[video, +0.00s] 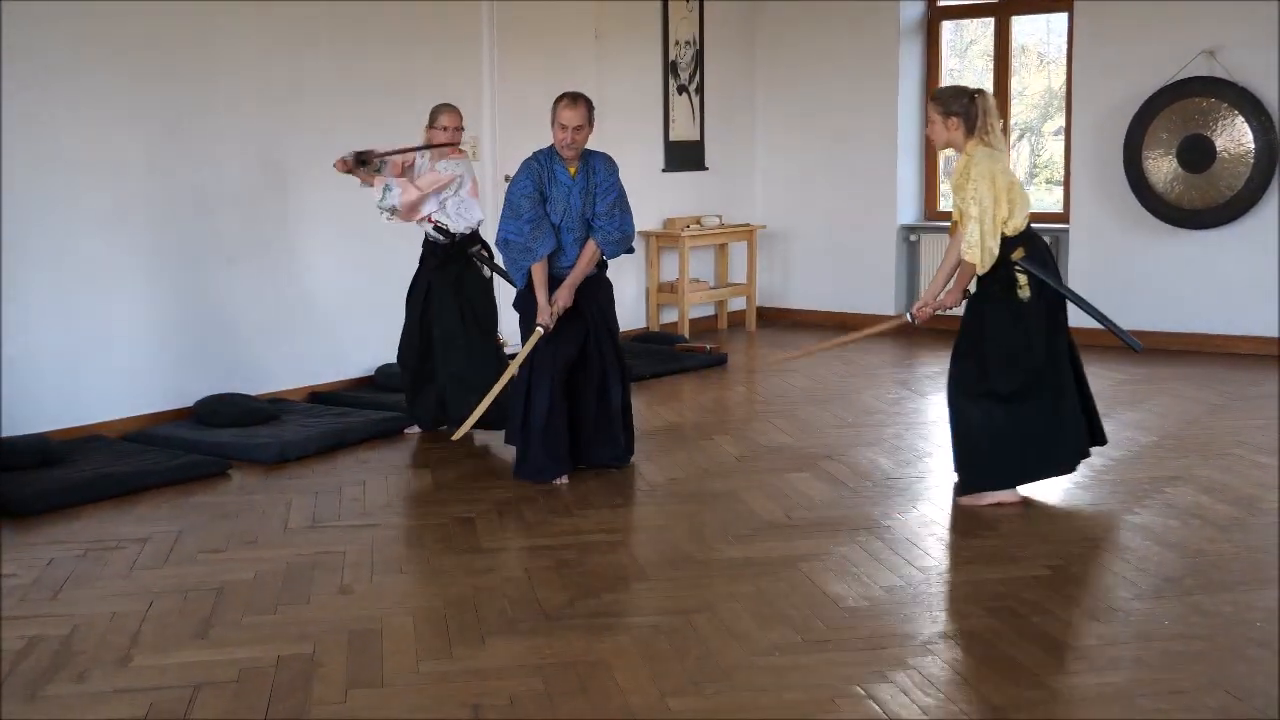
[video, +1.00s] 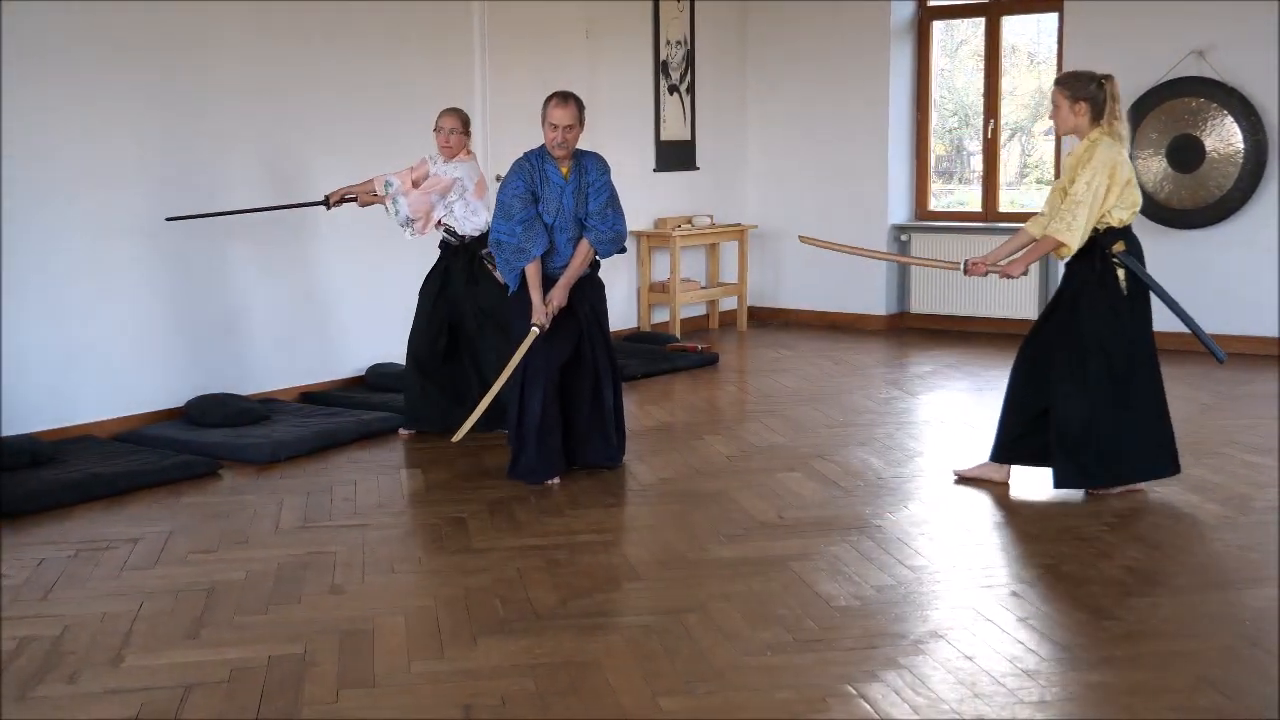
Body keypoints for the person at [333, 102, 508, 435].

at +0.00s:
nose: (453, 135)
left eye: (458, 129)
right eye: (445, 129)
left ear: (462, 131)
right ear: (429, 131)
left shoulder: (457, 163)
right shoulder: (420, 158)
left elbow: (409, 195)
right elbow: (387, 161)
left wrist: (362, 175)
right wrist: (358, 162)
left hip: (463, 254)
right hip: (436, 252)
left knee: (461, 334)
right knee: (428, 332)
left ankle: (461, 418)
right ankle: (428, 415)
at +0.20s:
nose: (453, 141)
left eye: (460, 135)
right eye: (446, 134)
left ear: (467, 138)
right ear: (434, 136)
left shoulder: (459, 170)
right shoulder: (425, 161)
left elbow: (408, 198)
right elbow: (381, 170)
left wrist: (365, 190)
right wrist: (331, 177)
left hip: (470, 262)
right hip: (439, 259)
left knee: (477, 337)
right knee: (421, 335)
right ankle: (419, 417)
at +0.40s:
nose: (449, 143)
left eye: (457, 138)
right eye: (443, 137)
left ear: (467, 141)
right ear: (435, 139)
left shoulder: (463, 172)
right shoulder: (433, 167)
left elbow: (418, 203)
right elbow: (396, 183)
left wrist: (379, 201)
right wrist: (349, 194)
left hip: (476, 261)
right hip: (449, 260)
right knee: (428, 332)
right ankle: (419, 415)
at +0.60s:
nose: (448, 142)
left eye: (455, 136)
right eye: (442, 136)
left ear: (466, 139)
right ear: (434, 137)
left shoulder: (462, 171)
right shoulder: (432, 166)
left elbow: (419, 200)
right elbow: (395, 182)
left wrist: (378, 199)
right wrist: (350, 193)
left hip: (478, 262)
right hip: (448, 262)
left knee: (487, 337)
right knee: (426, 338)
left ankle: (504, 416)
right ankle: (421, 417)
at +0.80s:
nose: (448, 141)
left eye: (455, 135)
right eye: (442, 134)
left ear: (465, 138)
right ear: (434, 136)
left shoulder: (463, 169)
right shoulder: (432, 166)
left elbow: (420, 196)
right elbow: (395, 181)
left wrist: (378, 198)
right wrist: (348, 191)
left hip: (479, 260)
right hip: (449, 260)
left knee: (489, 337)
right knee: (425, 336)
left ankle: (510, 418)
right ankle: (420, 417)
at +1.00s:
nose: (446, 137)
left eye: (454, 132)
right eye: (441, 131)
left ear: (467, 137)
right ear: (434, 134)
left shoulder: (464, 167)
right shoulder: (436, 164)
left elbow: (424, 198)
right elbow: (396, 179)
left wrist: (377, 199)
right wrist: (349, 190)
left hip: (479, 258)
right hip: (451, 257)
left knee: (487, 338)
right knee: (426, 335)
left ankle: (508, 418)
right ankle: (417, 416)